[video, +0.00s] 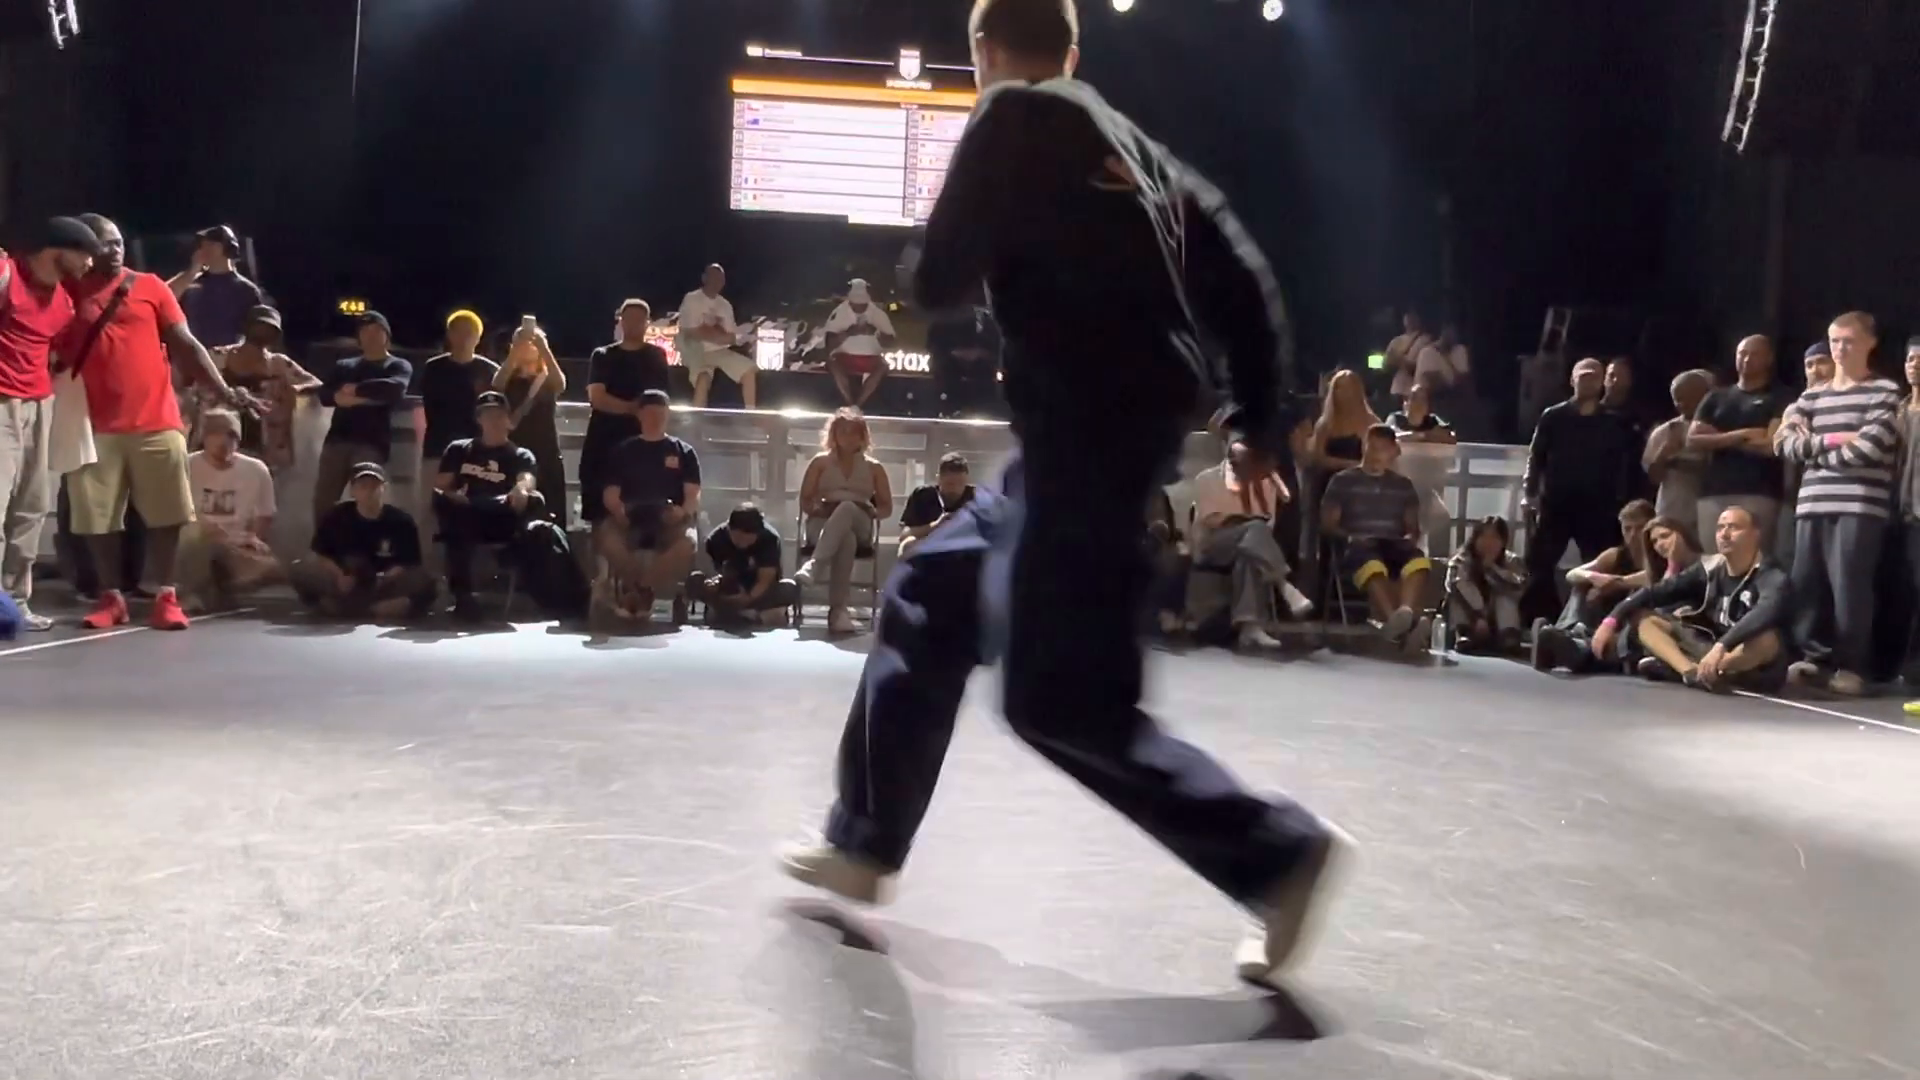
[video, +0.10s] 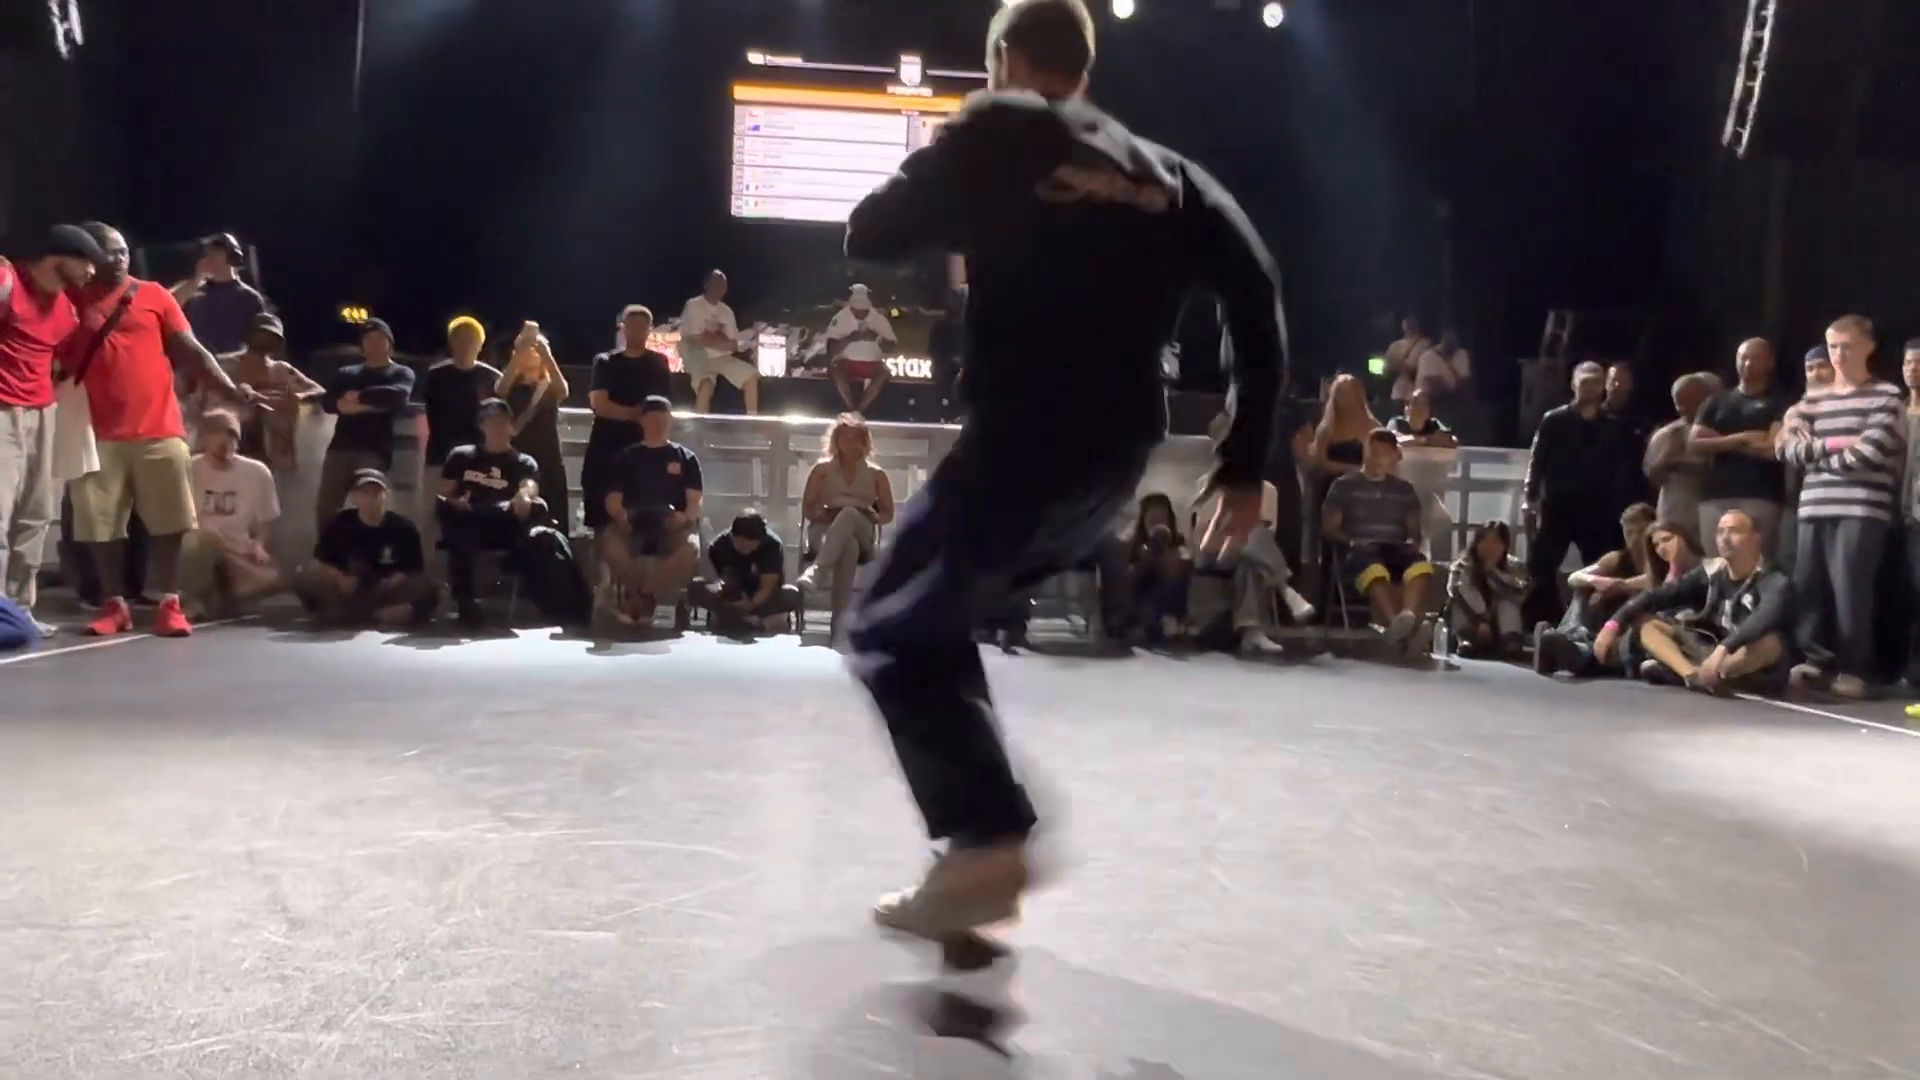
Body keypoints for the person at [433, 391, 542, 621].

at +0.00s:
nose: (494, 420)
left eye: (498, 414)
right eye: (488, 414)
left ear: (508, 419)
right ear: (478, 419)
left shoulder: (522, 456)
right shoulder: (459, 449)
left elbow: (526, 479)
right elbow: (439, 489)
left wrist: (520, 490)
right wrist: (458, 497)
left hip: (504, 512)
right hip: (468, 512)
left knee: (534, 501)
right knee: (454, 520)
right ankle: (463, 597)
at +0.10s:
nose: (498, 426)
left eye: (502, 420)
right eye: (492, 421)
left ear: (511, 425)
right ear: (481, 425)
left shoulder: (524, 462)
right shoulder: (461, 456)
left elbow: (529, 486)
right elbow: (442, 496)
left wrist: (524, 496)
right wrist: (458, 503)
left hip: (506, 518)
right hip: (471, 517)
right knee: (457, 531)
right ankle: (465, 603)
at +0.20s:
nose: (500, 434)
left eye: (505, 429)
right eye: (494, 429)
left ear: (514, 433)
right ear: (485, 433)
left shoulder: (528, 469)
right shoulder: (465, 463)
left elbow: (532, 492)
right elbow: (448, 503)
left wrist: (527, 503)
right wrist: (462, 510)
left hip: (511, 524)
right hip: (475, 523)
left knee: (540, 515)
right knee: (459, 529)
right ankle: (468, 609)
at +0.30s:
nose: (501, 438)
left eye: (505, 432)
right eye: (495, 432)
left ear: (515, 437)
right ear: (485, 436)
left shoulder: (529, 472)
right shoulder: (466, 466)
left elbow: (533, 495)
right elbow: (448, 506)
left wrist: (528, 506)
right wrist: (460, 512)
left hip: (511, 529)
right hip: (475, 528)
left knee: (542, 517)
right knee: (459, 525)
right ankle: (469, 612)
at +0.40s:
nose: (500, 438)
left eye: (505, 432)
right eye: (494, 433)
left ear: (514, 437)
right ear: (485, 437)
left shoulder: (528, 473)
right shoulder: (466, 467)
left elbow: (533, 496)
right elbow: (448, 507)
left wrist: (528, 506)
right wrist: (461, 513)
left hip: (511, 531)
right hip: (475, 531)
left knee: (541, 518)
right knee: (461, 530)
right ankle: (470, 613)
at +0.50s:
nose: (501, 439)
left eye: (506, 433)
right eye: (495, 433)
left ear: (515, 437)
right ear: (485, 438)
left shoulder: (529, 473)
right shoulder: (466, 468)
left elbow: (533, 502)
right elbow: (448, 511)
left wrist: (528, 508)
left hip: (511, 534)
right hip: (475, 534)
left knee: (538, 519)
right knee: (462, 536)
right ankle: (471, 615)